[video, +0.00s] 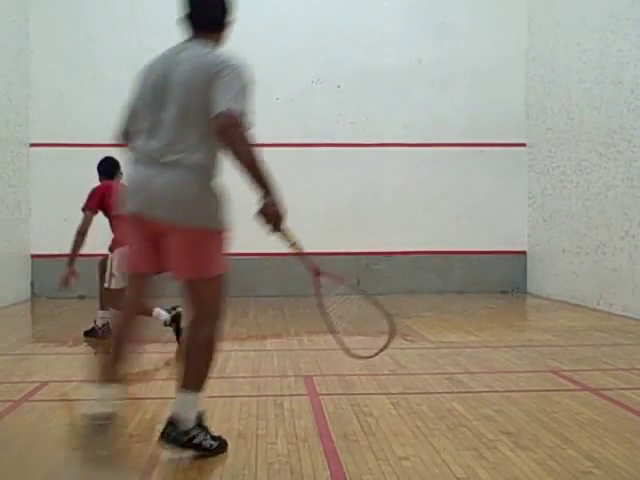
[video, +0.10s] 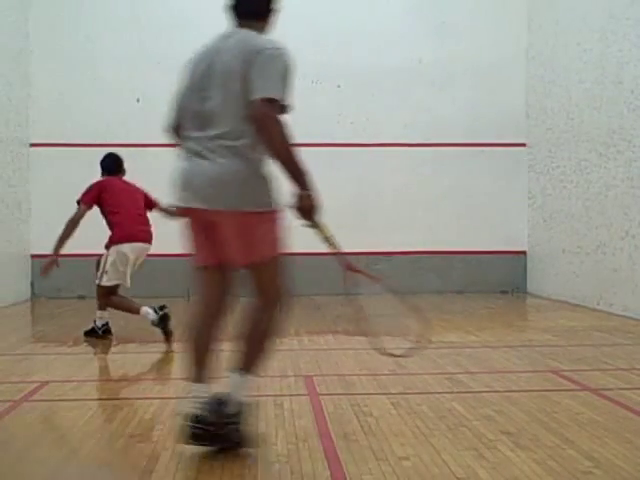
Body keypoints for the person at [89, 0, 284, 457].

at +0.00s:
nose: (224, 23)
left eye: (212, 16)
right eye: (225, 17)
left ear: (187, 20)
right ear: (224, 22)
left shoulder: (159, 64)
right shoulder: (224, 66)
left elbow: (127, 134)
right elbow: (228, 127)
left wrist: (181, 147)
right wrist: (268, 192)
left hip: (140, 199)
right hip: (192, 202)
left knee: (134, 300)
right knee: (205, 310)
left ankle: (102, 405)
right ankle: (184, 421)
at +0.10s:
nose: (272, 14)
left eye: (266, 9)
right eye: (273, 9)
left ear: (233, 11)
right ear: (269, 11)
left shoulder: (206, 53)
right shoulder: (267, 50)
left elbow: (179, 126)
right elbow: (263, 114)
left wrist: (225, 149)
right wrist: (303, 184)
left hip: (196, 188)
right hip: (243, 189)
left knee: (212, 292)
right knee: (270, 294)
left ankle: (200, 405)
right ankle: (230, 399)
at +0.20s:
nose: (316, 21)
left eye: (307, 15)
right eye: (316, 15)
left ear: (279, 20)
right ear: (314, 21)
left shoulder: (258, 63)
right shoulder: (309, 62)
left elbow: (233, 131)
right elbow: (303, 131)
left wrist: (276, 162)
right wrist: (351, 199)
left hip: (249, 206)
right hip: (291, 206)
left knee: (265, 306)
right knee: (348, 298)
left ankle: (230, 420)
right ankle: (335, 415)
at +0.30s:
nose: (371, 45)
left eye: (364, 36)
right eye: (371, 38)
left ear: (333, 38)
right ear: (367, 40)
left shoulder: (312, 84)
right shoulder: (360, 84)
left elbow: (300, 159)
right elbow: (361, 155)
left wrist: (335, 203)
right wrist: (416, 227)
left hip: (302, 225)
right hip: (346, 227)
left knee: (308, 322)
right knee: (414, 311)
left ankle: (244, 410)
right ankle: (450, 424)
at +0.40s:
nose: (428, 64)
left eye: (422, 55)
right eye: (429, 57)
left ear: (393, 55)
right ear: (427, 59)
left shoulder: (369, 102)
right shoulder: (421, 108)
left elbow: (349, 171)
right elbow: (442, 189)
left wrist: (390, 202)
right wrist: (493, 252)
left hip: (361, 238)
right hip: (404, 239)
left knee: (387, 328)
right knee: (478, 318)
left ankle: (313, 382)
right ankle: (473, 437)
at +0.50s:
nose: (488, 84)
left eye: (483, 75)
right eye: (489, 77)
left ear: (453, 72)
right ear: (486, 78)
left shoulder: (417, 111)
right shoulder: (477, 124)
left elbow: (377, 170)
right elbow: (506, 206)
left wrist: (376, 228)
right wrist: (560, 257)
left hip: (394, 239)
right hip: (437, 240)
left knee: (452, 306)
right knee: (508, 324)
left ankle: (415, 388)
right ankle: (475, 436)